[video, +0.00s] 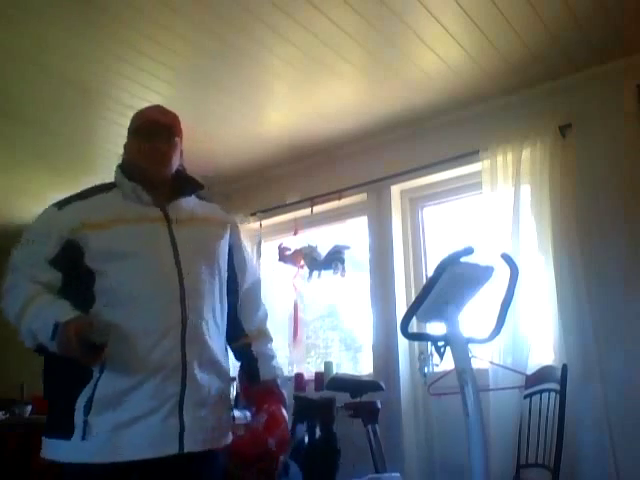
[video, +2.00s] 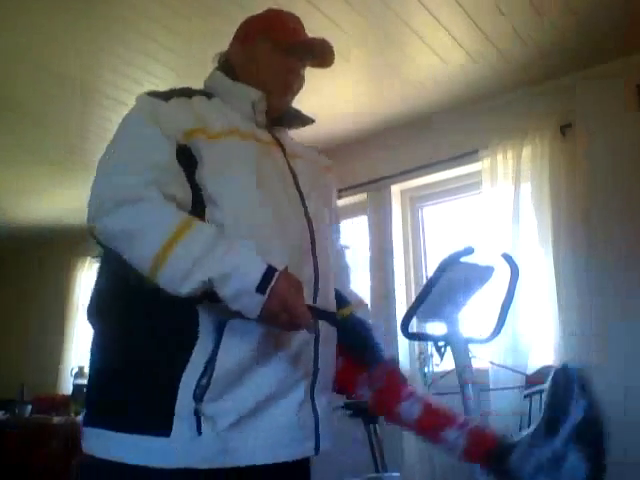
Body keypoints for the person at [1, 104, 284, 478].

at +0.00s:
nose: (155, 141)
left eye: (166, 134)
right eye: (143, 133)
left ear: (181, 149)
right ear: (125, 145)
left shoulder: (218, 223)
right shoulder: (71, 218)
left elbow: (250, 314)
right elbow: (21, 287)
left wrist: (268, 383)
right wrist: (59, 325)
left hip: (204, 435)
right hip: (107, 442)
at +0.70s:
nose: (150, 89)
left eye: (161, 86)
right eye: (137, 80)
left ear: (172, 108)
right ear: (108, 94)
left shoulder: (205, 190)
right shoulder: (39, 162)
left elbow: (232, 293)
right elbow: (4, 235)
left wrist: (261, 357)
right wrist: (52, 261)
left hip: (189, 418)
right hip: (73, 423)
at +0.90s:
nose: (202, 104)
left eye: (213, 100)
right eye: (188, 90)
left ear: (218, 120)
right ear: (159, 99)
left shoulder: (236, 207)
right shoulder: (91, 153)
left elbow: (239, 323)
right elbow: (14, 210)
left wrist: (253, 403)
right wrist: (105, 241)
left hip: (212, 445)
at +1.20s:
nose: (268, 115)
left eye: (275, 106)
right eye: (258, 101)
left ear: (280, 115)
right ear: (222, 96)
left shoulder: (282, 194)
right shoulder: (155, 146)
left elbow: (283, 312)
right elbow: (83, 212)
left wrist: (300, 428)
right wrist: (175, 231)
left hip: (261, 442)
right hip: (147, 438)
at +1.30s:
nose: (282, 115)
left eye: (294, 108)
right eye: (272, 101)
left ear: (301, 118)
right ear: (239, 98)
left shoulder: (313, 197)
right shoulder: (173, 154)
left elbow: (322, 312)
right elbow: (108, 222)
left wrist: (349, 390)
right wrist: (208, 234)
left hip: (296, 446)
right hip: (181, 443)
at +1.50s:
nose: (302, 96)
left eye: (309, 88)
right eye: (289, 84)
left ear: (314, 101)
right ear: (250, 87)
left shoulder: (339, 186)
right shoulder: (181, 152)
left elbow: (379, 288)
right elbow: (122, 223)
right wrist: (219, 238)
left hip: (308, 430)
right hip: (194, 426)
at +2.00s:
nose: (302, 69)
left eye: (305, 61)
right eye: (290, 52)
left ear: (301, 76)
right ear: (242, 48)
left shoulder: (306, 168)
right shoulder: (164, 116)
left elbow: (325, 278)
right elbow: (124, 209)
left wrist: (352, 347)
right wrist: (247, 280)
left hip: (299, 425)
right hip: (193, 424)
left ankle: (503, 457)